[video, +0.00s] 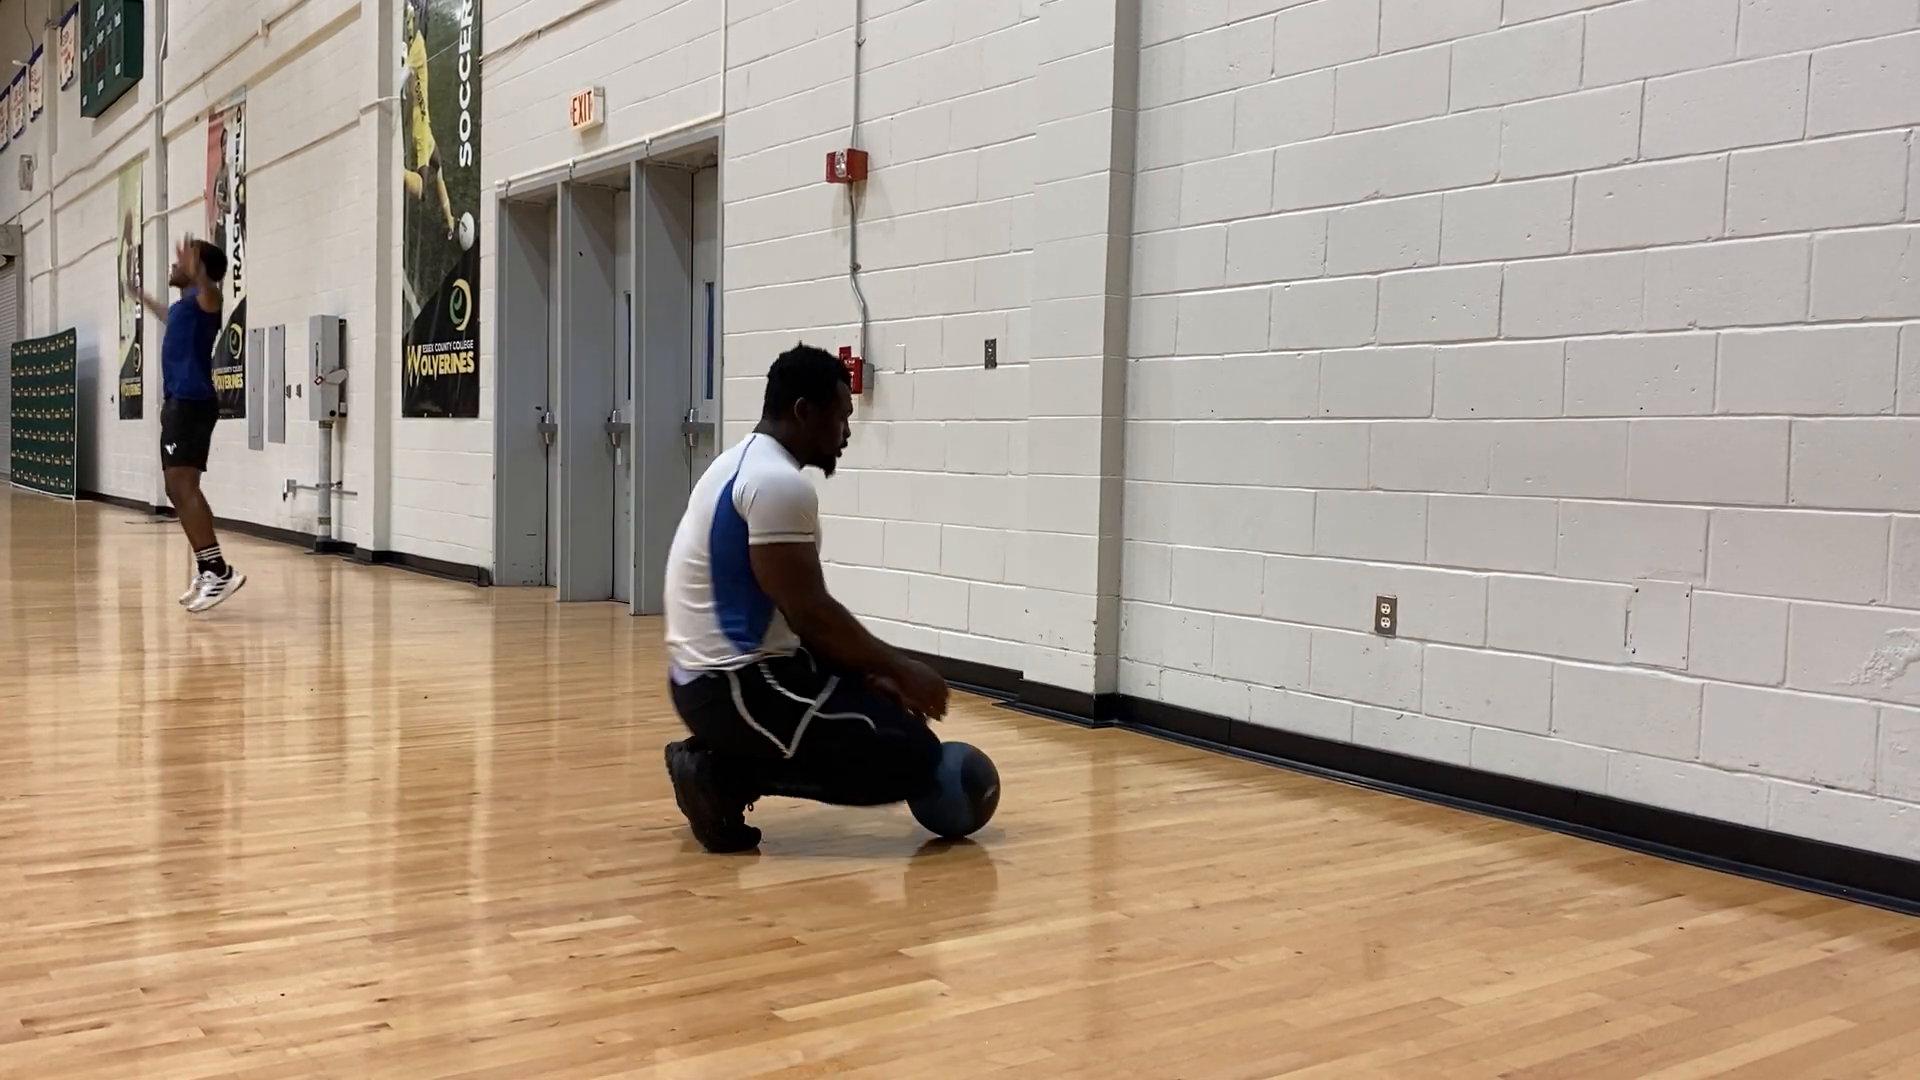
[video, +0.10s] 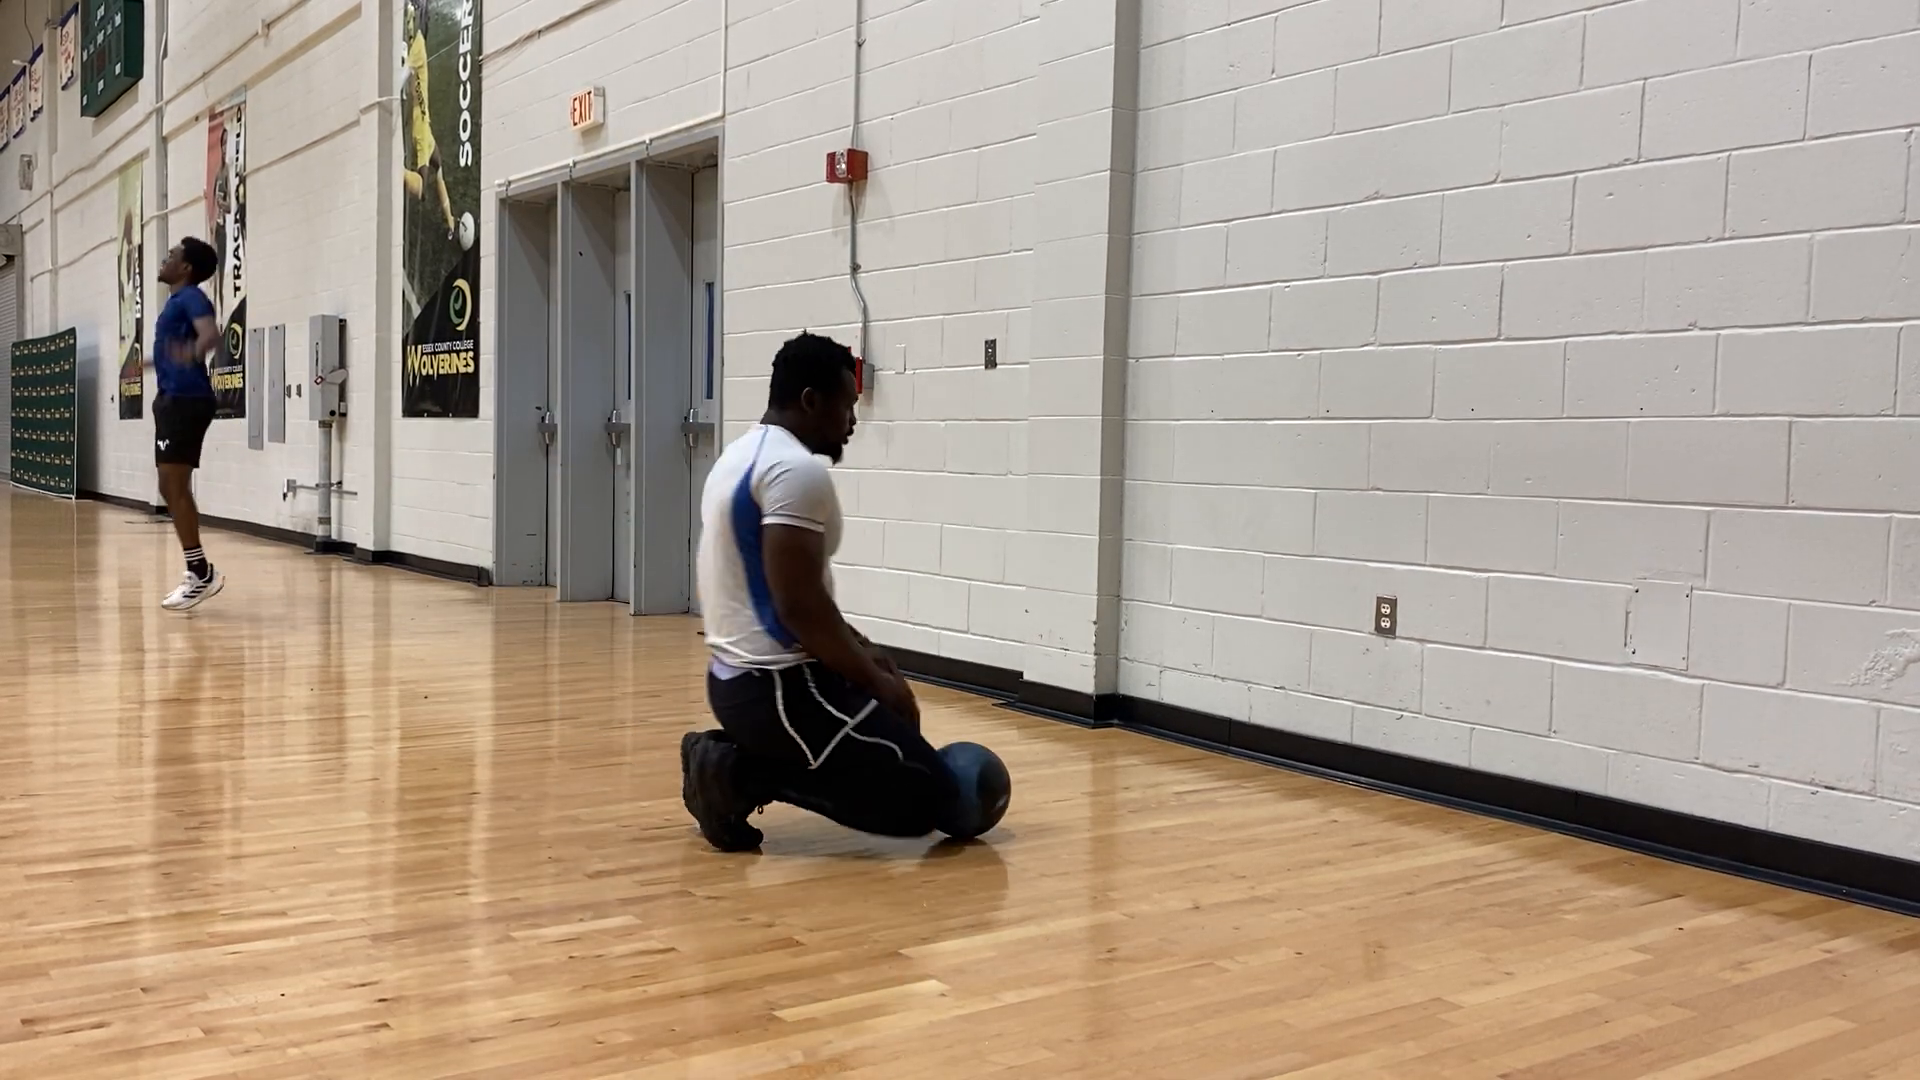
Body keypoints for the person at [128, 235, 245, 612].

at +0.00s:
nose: (173, 265)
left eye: (181, 261)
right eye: (177, 260)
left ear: (198, 271)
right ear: (186, 270)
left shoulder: (206, 301)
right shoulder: (183, 306)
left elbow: (207, 294)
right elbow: (167, 314)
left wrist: (196, 269)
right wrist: (142, 296)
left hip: (193, 403)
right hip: (179, 403)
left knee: (183, 488)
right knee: (177, 489)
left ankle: (219, 572)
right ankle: (206, 571)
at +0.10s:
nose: (165, 260)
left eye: (172, 256)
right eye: (169, 254)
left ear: (186, 268)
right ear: (184, 268)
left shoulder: (191, 297)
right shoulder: (176, 300)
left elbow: (210, 334)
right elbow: (176, 350)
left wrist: (191, 354)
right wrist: (147, 364)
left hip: (187, 402)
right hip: (174, 401)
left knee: (173, 487)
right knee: (173, 487)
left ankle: (199, 573)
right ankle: (199, 572)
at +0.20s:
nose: (153, 278)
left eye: (160, 275)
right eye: (157, 273)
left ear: (174, 287)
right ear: (172, 289)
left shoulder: (181, 322)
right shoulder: (166, 324)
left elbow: (202, 378)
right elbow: (170, 389)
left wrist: (181, 423)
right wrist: (149, 425)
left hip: (186, 421)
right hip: (171, 420)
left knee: (156, 502)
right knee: (156, 503)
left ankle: (194, 585)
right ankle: (194, 583)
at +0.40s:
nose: (147, 267)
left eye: (154, 264)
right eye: (151, 262)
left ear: (169, 275)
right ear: (166, 275)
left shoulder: (174, 308)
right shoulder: (157, 313)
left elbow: (179, 357)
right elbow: (151, 368)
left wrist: (135, 379)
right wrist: (118, 389)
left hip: (163, 413)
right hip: (149, 413)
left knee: (151, 496)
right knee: (148, 497)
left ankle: (185, 582)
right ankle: (186, 579)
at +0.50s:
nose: (142, 257)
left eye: (149, 254)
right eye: (146, 252)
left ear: (164, 264)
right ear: (163, 265)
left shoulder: (168, 292)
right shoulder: (151, 300)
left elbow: (165, 306)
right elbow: (129, 318)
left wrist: (112, 291)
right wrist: (107, 295)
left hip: (155, 399)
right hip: (143, 399)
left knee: (147, 487)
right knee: (146, 487)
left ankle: (176, 573)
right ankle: (177, 570)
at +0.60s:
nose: (130, 268)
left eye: (138, 264)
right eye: (131, 264)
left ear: (157, 275)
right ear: (140, 271)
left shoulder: (156, 303)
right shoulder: (139, 303)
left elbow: (147, 269)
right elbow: (128, 268)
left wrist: (124, 236)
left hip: (153, 408)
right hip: (139, 408)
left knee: (141, 493)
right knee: (136, 492)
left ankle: (164, 580)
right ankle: (164, 576)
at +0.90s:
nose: (109, 265)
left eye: (116, 260)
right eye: (110, 259)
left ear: (134, 268)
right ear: (122, 264)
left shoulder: (138, 297)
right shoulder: (114, 300)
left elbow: (131, 271)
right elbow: (94, 285)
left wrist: (107, 239)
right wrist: (71, 254)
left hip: (123, 401)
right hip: (111, 400)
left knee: (112, 489)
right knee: (109, 489)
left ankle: (148, 573)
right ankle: (148, 568)